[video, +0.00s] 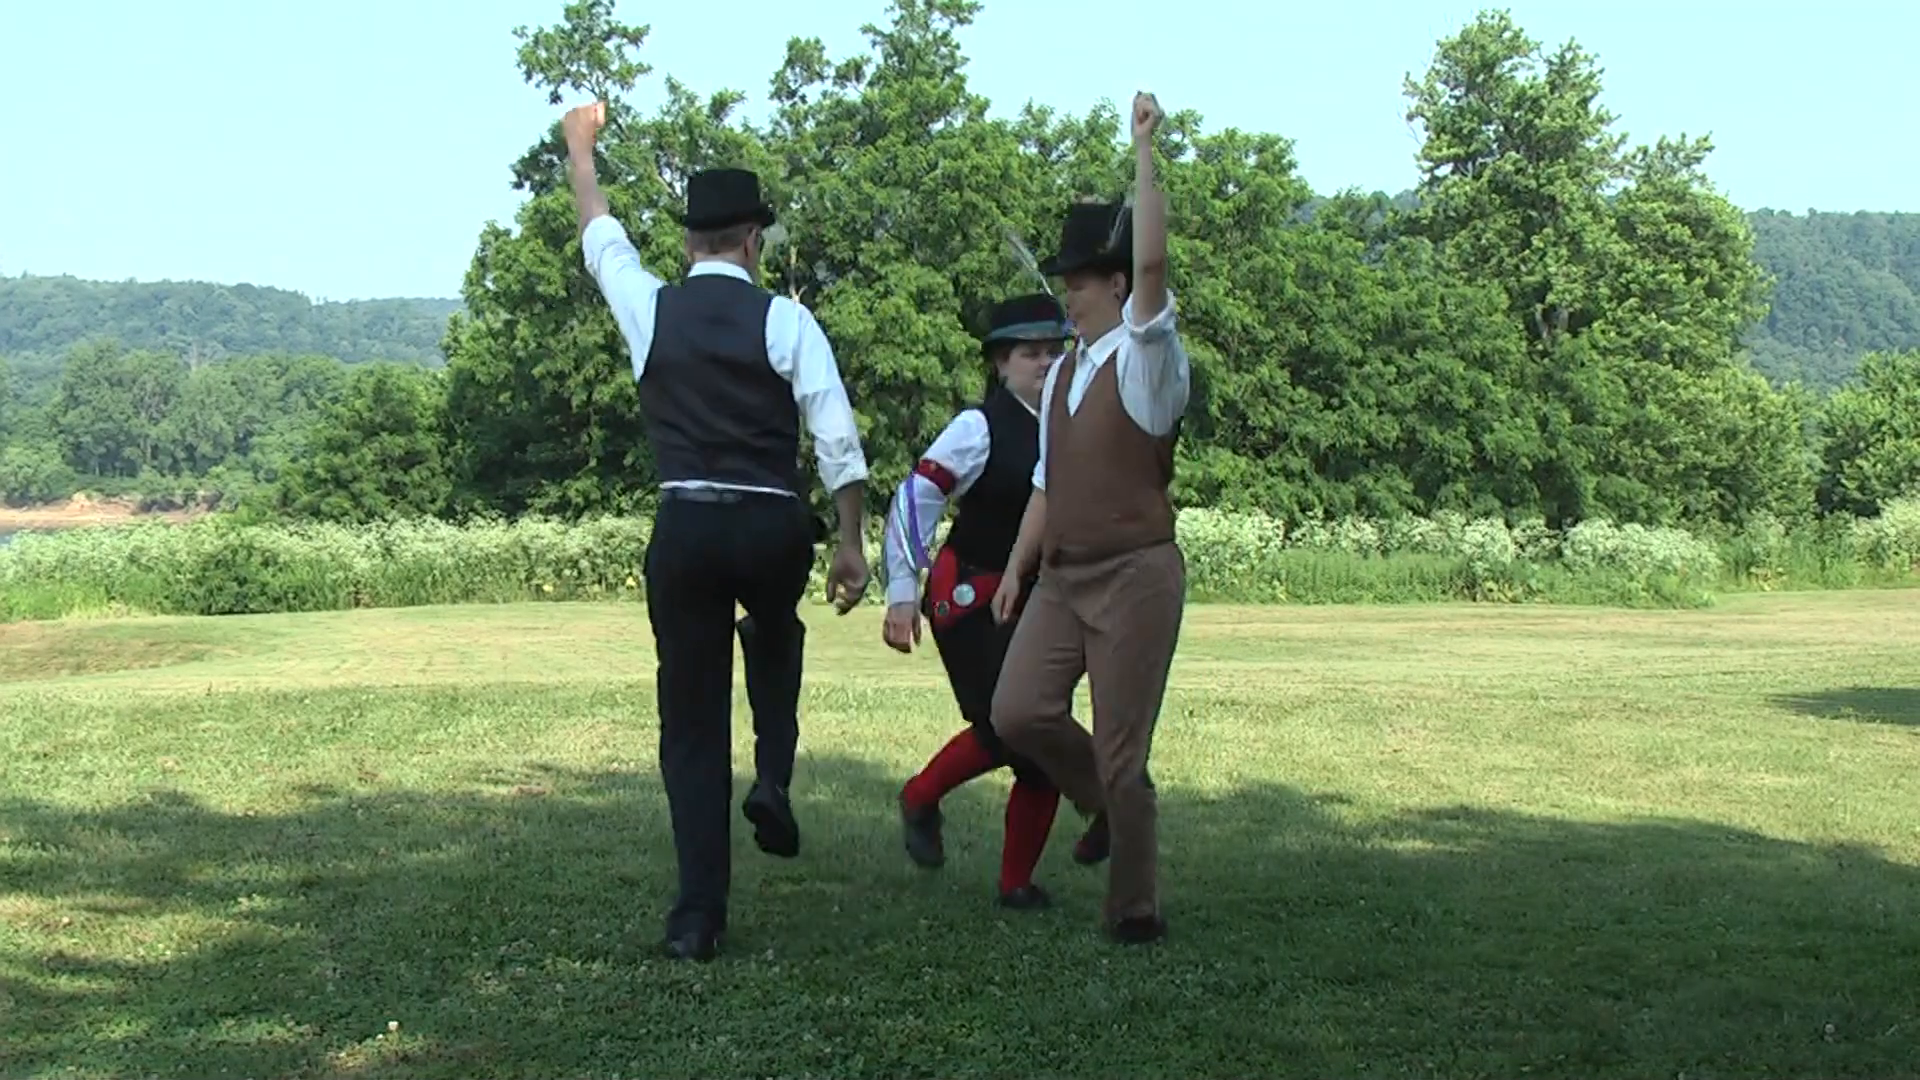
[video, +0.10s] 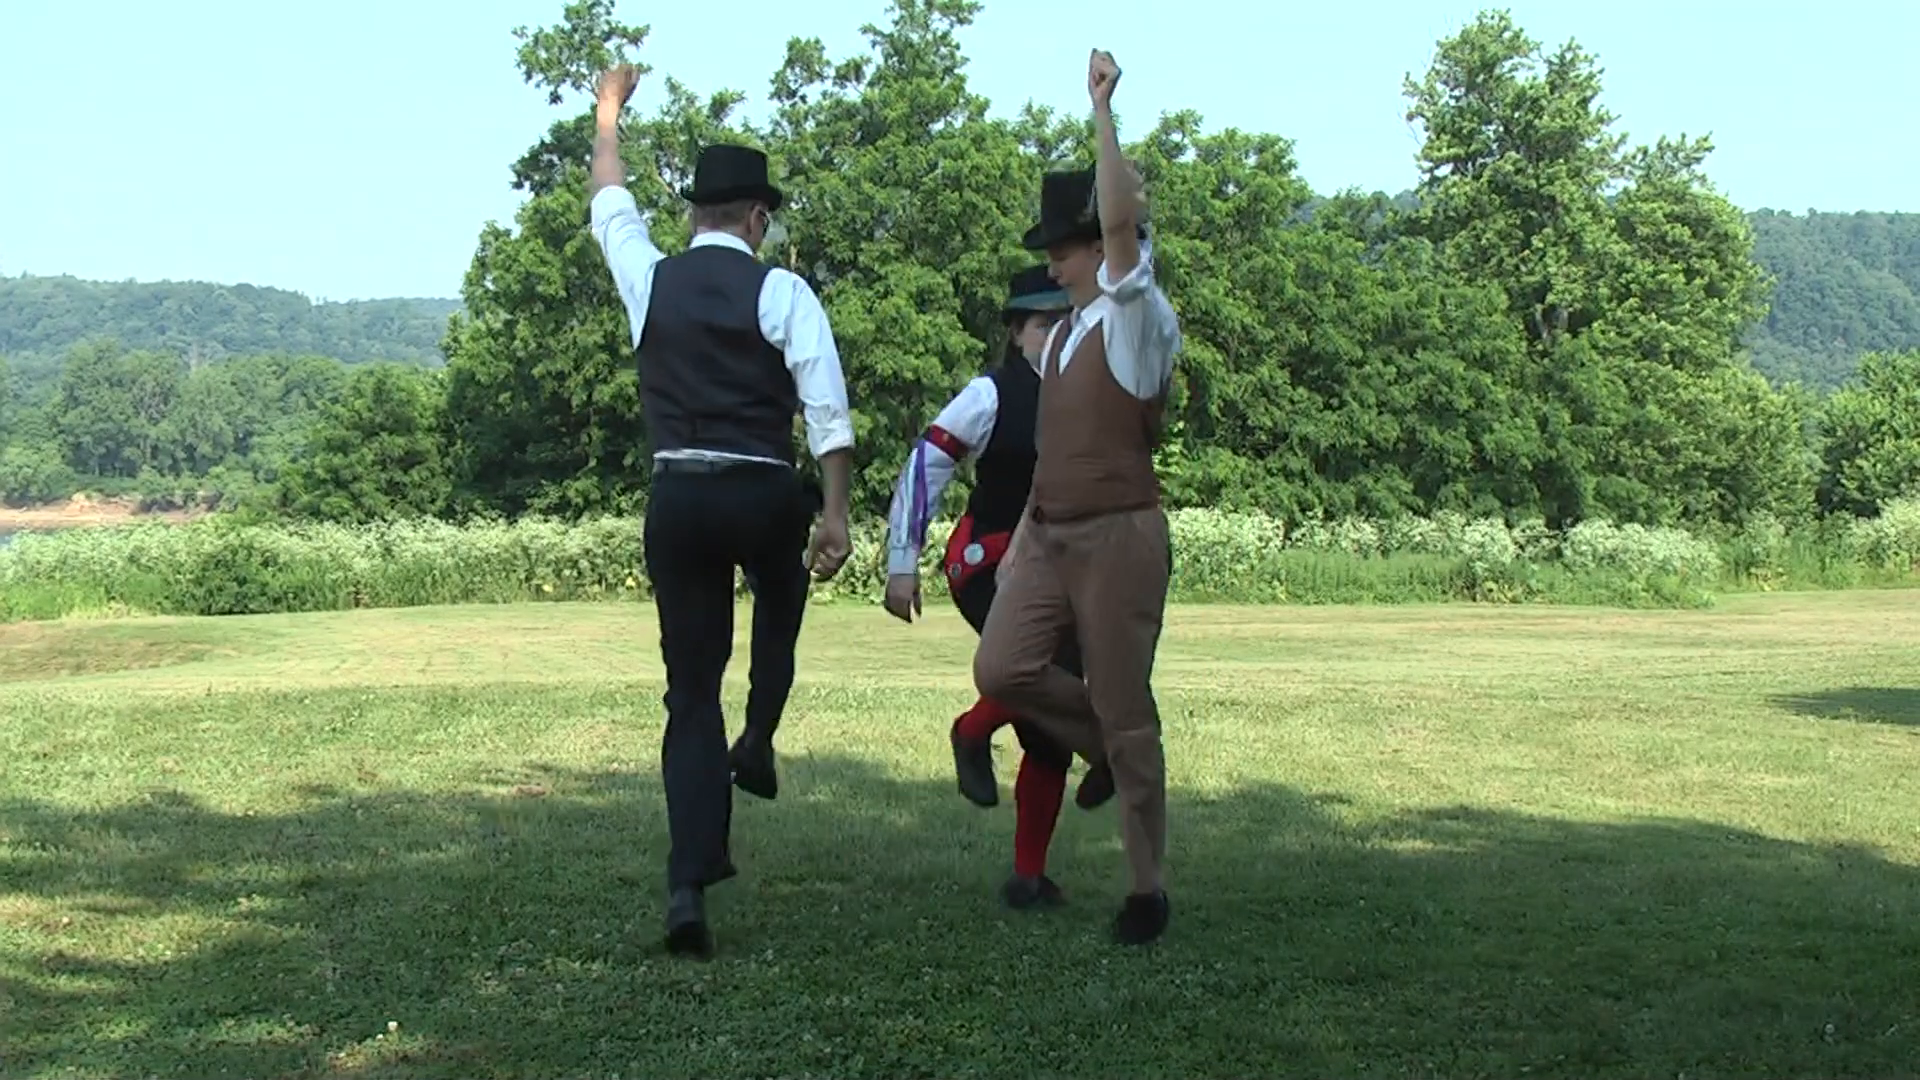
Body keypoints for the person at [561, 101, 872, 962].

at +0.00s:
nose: (761, 244)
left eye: (752, 234)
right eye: (761, 234)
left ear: (689, 241)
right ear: (751, 239)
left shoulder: (651, 308)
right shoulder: (789, 321)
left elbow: (599, 232)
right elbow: (836, 433)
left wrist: (579, 152)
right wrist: (852, 536)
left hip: (684, 529)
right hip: (775, 528)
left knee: (692, 722)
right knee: (773, 628)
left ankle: (697, 917)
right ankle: (771, 784)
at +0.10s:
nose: (767, 223)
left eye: (759, 213)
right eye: (768, 214)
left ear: (695, 214)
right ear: (757, 215)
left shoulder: (650, 276)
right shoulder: (784, 292)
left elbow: (610, 196)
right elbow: (826, 404)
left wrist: (606, 113)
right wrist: (837, 506)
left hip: (678, 498)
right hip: (765, 494)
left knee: (691, 688)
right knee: (782, 579)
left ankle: (687, 885)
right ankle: (757, 739)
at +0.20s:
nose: (773, 231)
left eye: (766, 222)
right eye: (773, 222)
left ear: (699, 222)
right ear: (763, 225)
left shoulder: (653, 282)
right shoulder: (783, 297)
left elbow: (614, 195)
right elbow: (820, 408)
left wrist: (630, 109)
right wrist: (827, 514)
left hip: (676, 500)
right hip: (761, 496)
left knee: (685, 684)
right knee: (774, 571)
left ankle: (677, 888)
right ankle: (751, 733)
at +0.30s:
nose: (780, 273)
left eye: (777, 261)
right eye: (779, 261)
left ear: (707, 258)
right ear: (765, 263)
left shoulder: (658, 311)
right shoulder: (783, 332)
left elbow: (625, 225)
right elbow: (819, 442)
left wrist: (652, 137)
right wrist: (819, 548)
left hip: (669, 531)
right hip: (756, 533)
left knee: (680, 720)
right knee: (785, 603)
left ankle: (674, 891)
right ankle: (748, 756)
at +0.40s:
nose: (795, 307)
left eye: (792, 294)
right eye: (794, 294)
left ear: (724, 281)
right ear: (780, 290)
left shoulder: (671, 328)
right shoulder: (793, 355)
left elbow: (645, 244)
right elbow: (824, 466)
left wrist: (675, 164)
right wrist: (815, 568)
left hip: (663, 546)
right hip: (747, 550)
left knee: (681, 725)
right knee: (798, 608)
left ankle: (677, 901)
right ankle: (752, 784)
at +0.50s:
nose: (819, 316)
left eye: (818, 303)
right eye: (819, 302)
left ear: (753, 285)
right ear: (802, 297)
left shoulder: (694, 328)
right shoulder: (811, 361)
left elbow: (676, 250)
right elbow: (830, 473)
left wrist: (710, 164)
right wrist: (816, 570)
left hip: (665, 541)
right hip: (745, 548)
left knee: (681, 724)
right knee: (809, 631)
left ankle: (672, 897)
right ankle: (758, 797)